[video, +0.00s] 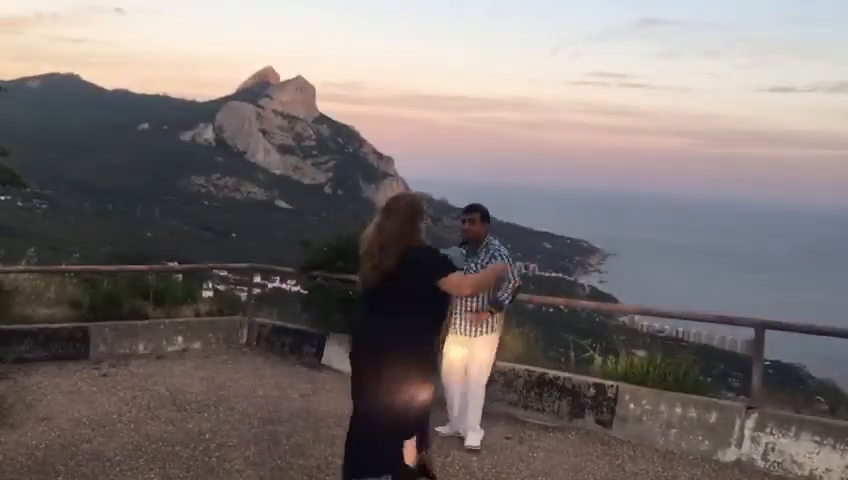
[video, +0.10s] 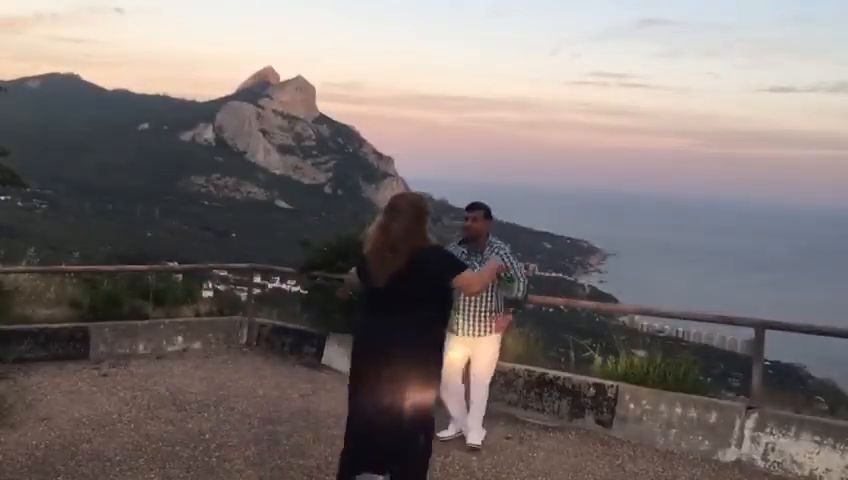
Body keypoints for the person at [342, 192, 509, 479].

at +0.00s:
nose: (427, 222)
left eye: (425, 217)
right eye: (424, 218)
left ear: (385, 220)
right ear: (417, 222)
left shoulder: (374, 256)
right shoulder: (424, 257)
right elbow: (462, 286)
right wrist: (496, 271)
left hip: (368, 358)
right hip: (410, 363)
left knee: (365, 430)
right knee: (407, 439)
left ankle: (359, 472)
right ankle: (407, 468)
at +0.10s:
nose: (430, 224)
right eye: (428, 219)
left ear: (386, 220)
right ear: (422, 223)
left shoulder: (370, 259)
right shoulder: (434, 258)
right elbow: (472, 285)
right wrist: (493, 268)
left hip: (370, 364)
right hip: (416, 367)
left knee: (361, 449)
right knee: (410, 453)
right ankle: (407, 473)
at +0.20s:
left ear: (386, 225)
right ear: (426, 227)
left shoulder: (369, 263)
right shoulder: (439, 263)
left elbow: (339, 279)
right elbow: (478, 286)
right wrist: (492, 270)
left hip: (372, 370)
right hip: (422, 371)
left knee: (364, 450)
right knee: (409, 457)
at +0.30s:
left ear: (387, 227)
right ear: (427, 230)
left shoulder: (370, 263)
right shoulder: (440, 266)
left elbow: (337, 272)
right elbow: (477, 288)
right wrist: (499, 275)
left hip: (374, 367)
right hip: (425, 370)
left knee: (367, 445)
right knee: (412, 454)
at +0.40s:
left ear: (385, 225)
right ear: (427, 227)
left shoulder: (370, 261)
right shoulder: (439, 265)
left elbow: (335, 266)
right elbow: (478, 287)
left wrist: (325, 249)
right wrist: (511, 278)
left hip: (374, 374)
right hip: (423, 374)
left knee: (370, 456)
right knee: (417, 457)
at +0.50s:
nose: (464, 225)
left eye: (472, 220)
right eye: (459, 220)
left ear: (383, 224)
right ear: (426, 229)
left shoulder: (364, 260)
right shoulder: (435, 265)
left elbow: (331, 261)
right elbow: (477, 292)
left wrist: (329, 242)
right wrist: (517, 289)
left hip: (367, 381)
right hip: (418, 383)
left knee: (363, 463)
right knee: (407, 463)